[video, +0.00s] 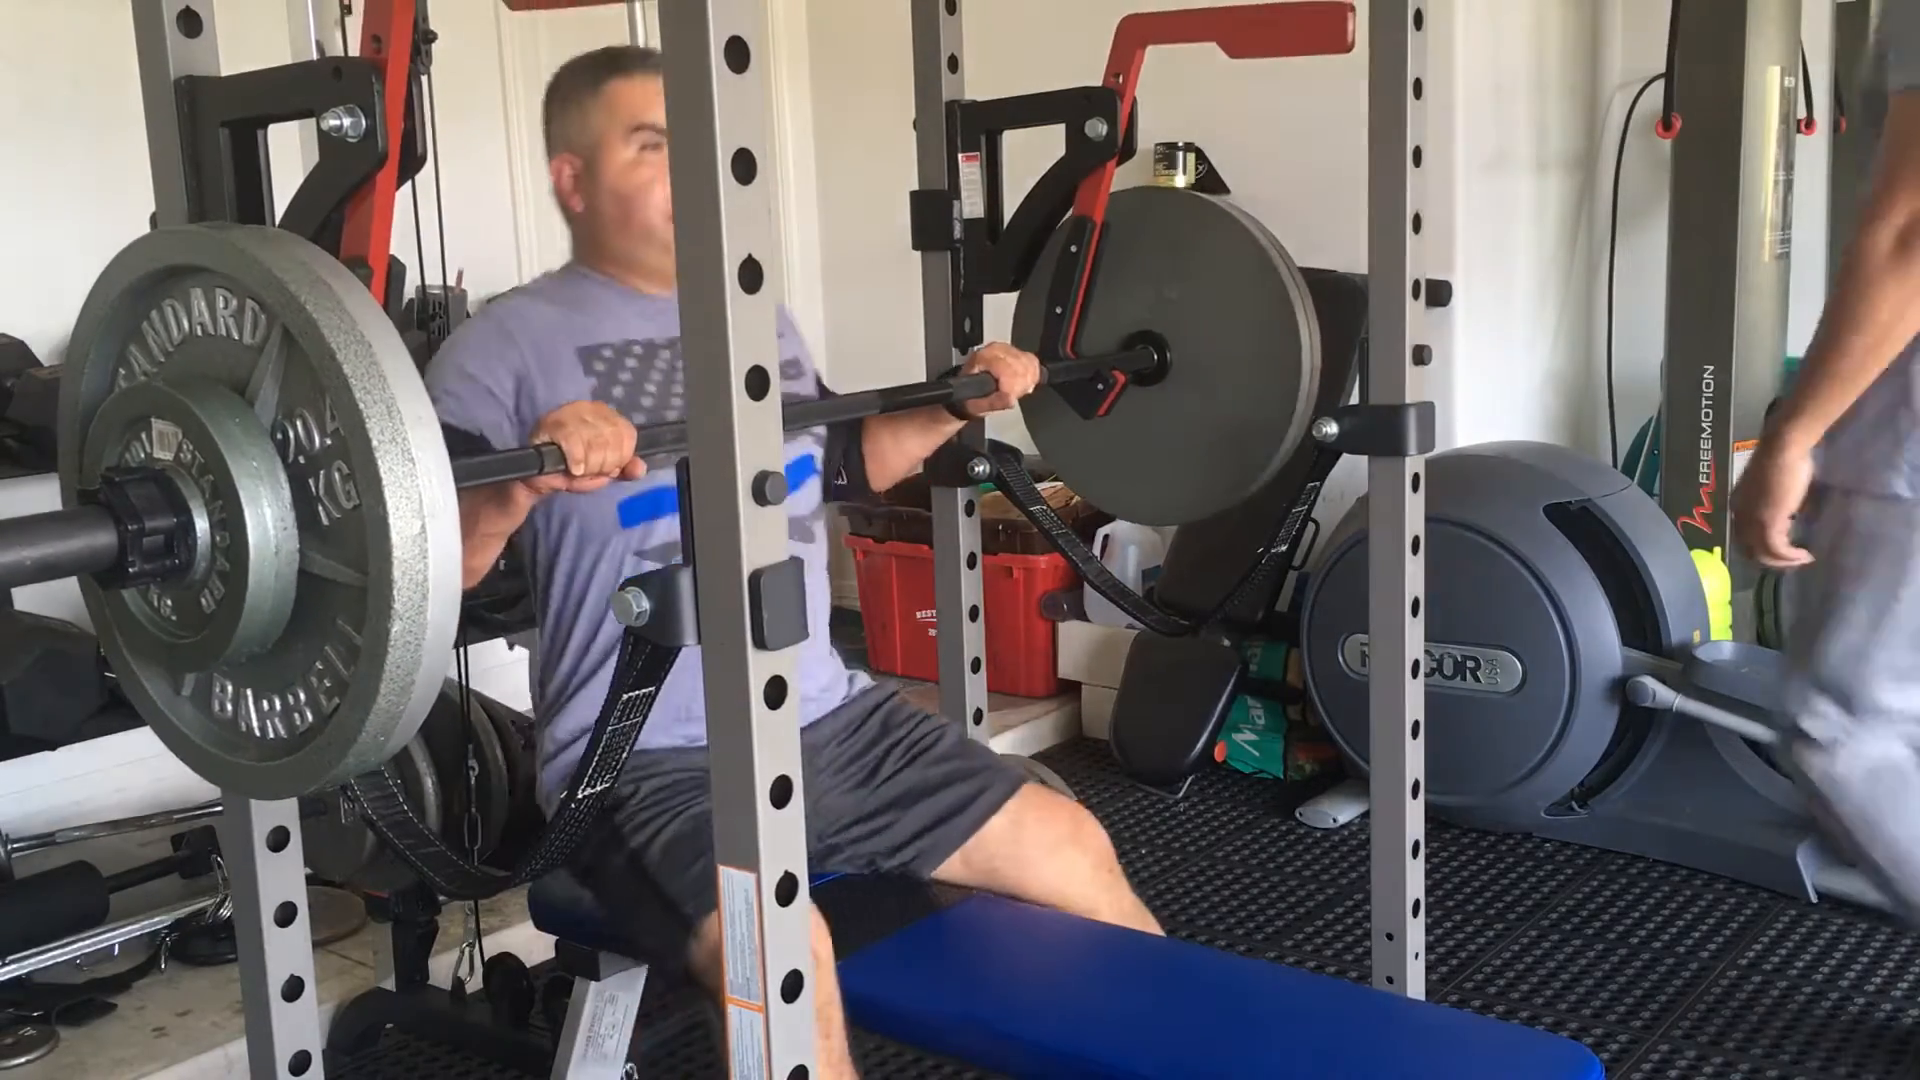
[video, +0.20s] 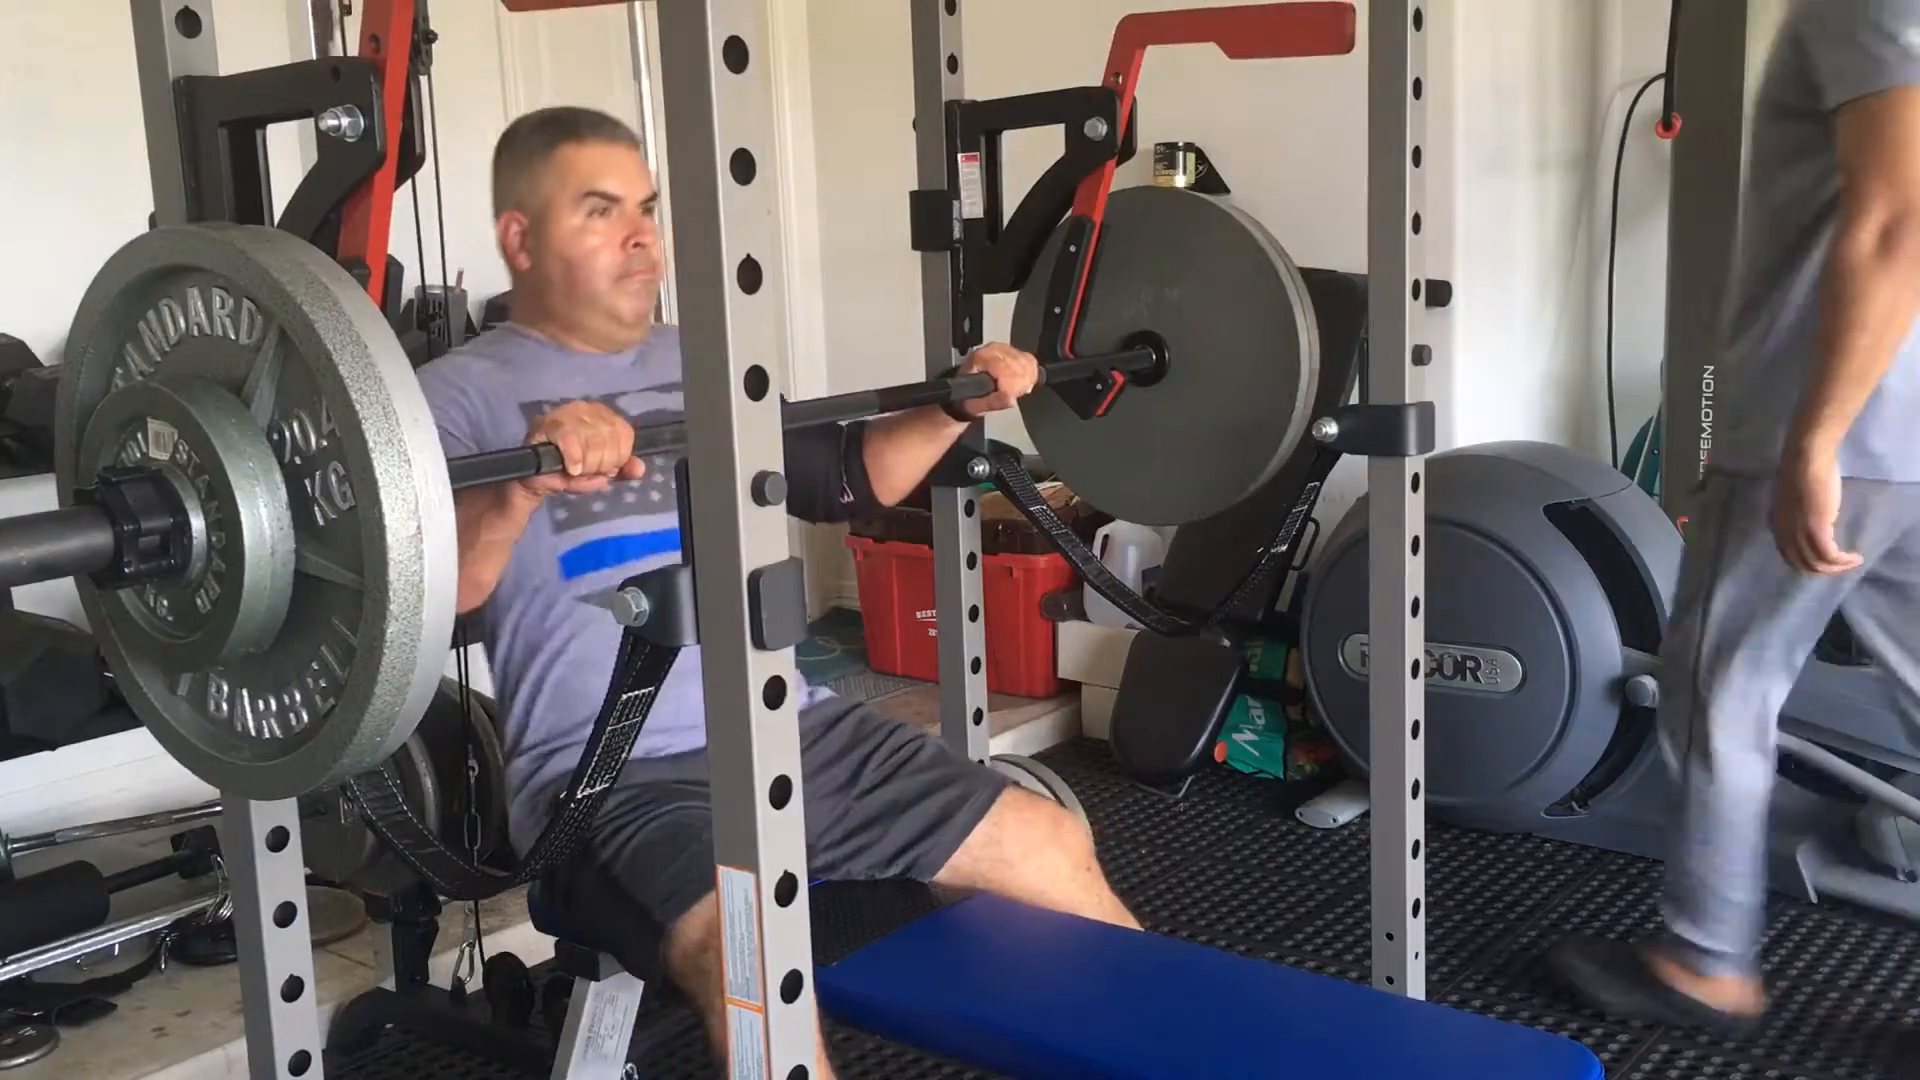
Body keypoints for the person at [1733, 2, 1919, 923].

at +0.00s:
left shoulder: (1900, 50)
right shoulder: (1892, 56)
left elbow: (1900, 232)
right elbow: (1898, 232)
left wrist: (1794, 428)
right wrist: (1799, 429)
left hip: (1898, 463)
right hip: (1883, 463)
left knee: (1851, 727)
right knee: (1859, 726)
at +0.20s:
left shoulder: (1867, 10)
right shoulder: (1864, 21)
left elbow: (1889, 223)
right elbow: (1886, 224)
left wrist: (1817, 440)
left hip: (1815, 432)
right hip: (1892, 437)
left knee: (1722, 683)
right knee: (1912, 679)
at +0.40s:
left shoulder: (1750, 19)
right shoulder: (1828, 23)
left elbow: (1776, 252)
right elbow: (1813, 247)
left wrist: (1735, 467)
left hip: (1687, 437)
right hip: (1808, 435)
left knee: (1619, 681)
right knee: (1777, 668)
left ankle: (1642, 931)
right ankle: (1900, 865)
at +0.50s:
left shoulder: (1696, 22)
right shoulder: (1757, 22)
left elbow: (1714, 237)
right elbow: (1743, 235)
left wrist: (1644, 438)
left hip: (1655, 428)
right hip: (1734, 424)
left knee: (1607, 683)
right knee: (1670, 637)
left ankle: (1643, 932)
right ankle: (1851, 839)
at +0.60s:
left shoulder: (1654, 15)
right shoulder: (1680, 19)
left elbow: (1659, 226)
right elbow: (1666, 228)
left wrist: (1557, 408)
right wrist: (1560, 397)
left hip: (1624, 417)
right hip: (1645, 408)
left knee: (1598, 675)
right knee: (1551, 594)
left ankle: (1644, 931)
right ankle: (1693, 810)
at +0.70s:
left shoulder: (1617, 16)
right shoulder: (1595, 17)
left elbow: (1617, 221)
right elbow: (1612, 225)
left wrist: (1492, 379)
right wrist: (1510, 392)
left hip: (1583, 409)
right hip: (1558, 404)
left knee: (1590, 665)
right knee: (1504, 600)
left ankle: (1647, 928)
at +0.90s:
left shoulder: (1531, 35)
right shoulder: (1475, 33)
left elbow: (1546, 240)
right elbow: (1454, 237)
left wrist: (1450, 408)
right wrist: (1375, 365)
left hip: (1504, 420)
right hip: (1466, 412)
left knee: (1518, 655)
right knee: (1437, 621)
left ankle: (1642, 910)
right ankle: (1442, 808)